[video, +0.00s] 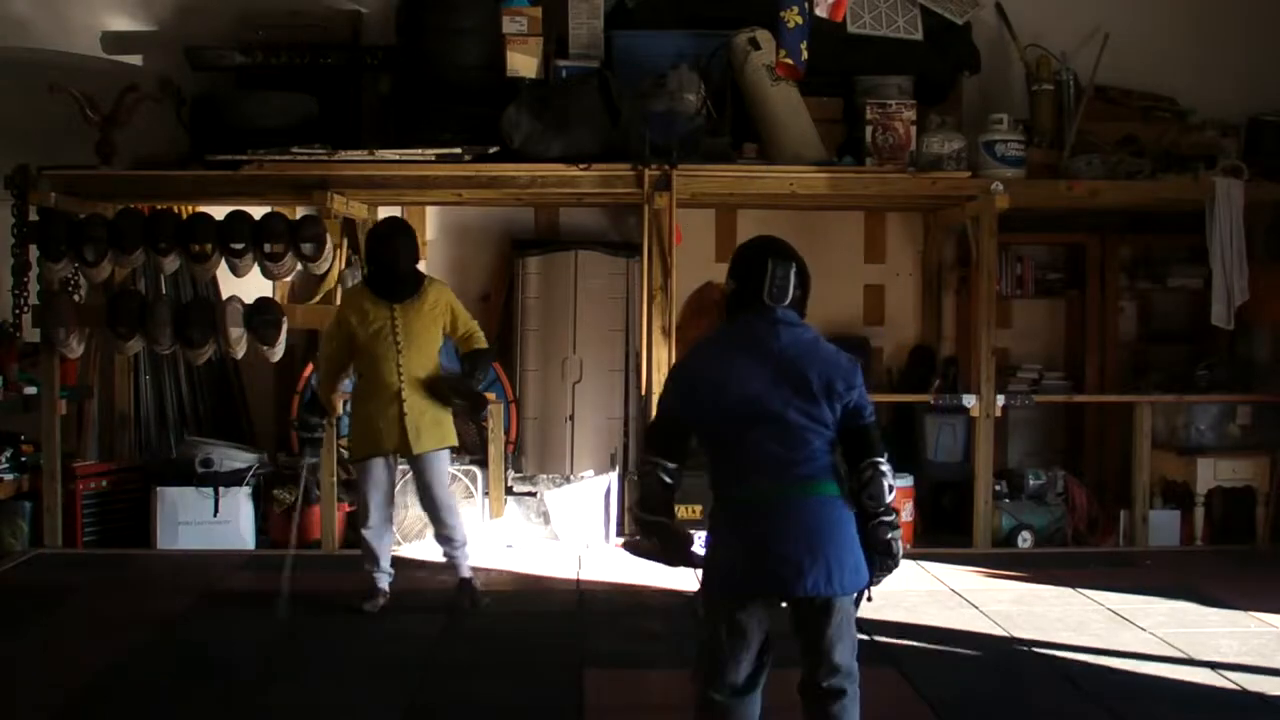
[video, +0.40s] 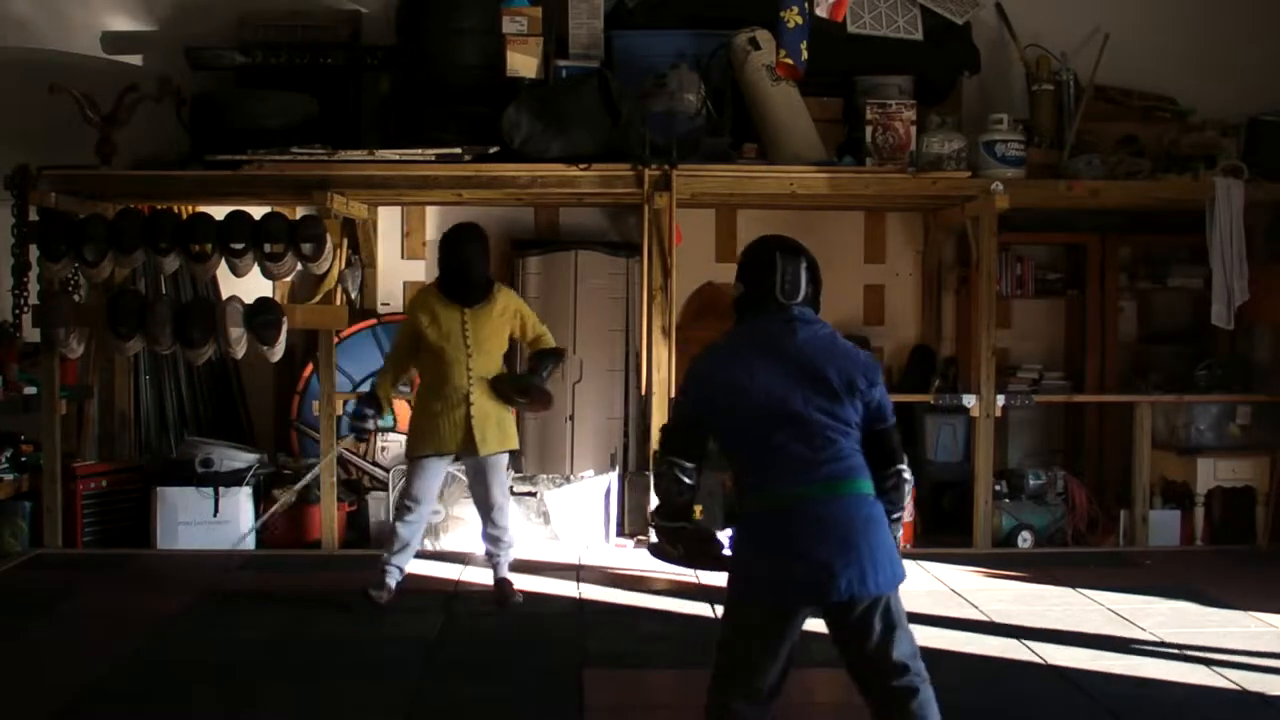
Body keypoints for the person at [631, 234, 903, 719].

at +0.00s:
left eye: (741, 284)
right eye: (792, 286)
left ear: (734, 289)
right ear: (799, 293)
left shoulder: (699, 364)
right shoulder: (834, 364)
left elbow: (660, 457)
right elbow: (869, 462)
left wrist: (658, 526)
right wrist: (882, 532)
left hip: (741, 545)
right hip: (826, 544)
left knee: (731, 689)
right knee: (835, 686)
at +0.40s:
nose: (735, 294)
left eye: (740, 286)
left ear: (743, 291)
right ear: (812, 291)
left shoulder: (717, 363)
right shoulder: (855, 361)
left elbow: (676, 461)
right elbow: (892, 469)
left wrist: (677, 523)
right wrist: (884, 535)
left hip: (771, 545)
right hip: (856, 539)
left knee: (740, 692)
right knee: (901, 683)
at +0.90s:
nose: (904, 291)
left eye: (909, 282)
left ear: (912, 288)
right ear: (976, 291)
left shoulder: (883, 360)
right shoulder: (1021, 368)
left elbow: (833, 461)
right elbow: (1043, 487)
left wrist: (811, 511)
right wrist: (1018, 544)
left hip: (901, 553)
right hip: (988, 553)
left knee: (879, 692)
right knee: (986, 700)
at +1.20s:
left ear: (945, 291)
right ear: (1011, 294)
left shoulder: (917, 364)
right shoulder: (1053, 370)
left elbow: (873, 461)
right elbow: (1079, 480)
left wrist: (841, 535)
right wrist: (1082, 551)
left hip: (937, 553)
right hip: (1019, 554)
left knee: (941, 692)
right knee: (1007, 694)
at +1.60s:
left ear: (967, 287)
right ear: (1033, 286)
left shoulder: (940, 357)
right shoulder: (1069, 352)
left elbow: (910, 457)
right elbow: (1111, 455)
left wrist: (921, 521)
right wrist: (1133, 516)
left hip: (972, 535)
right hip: (1051, 535)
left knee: (981, 678)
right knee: (1071, 664)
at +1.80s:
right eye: (1051, 280)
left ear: (1000, 285)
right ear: (1060, 285)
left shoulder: (968, 356)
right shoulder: (1096, 354)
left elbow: (939, 455)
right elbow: (1132, 464)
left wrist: (962, 500)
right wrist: (1152, 513)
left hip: (996, 533)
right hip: (1076, 536)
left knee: (993, 686)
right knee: (1116, 682)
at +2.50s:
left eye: (1127, 284)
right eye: (1175, 284)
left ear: (1123, 288)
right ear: (1179, 289)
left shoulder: (1093, 352)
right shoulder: (1211, 357)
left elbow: (1050, 440)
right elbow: (1244, 449)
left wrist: (1062, 489)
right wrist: (1258, 470)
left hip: (1106, 520)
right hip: (1182, 523)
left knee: (1112, 655)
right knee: (1175, 660)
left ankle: (1122, 717)